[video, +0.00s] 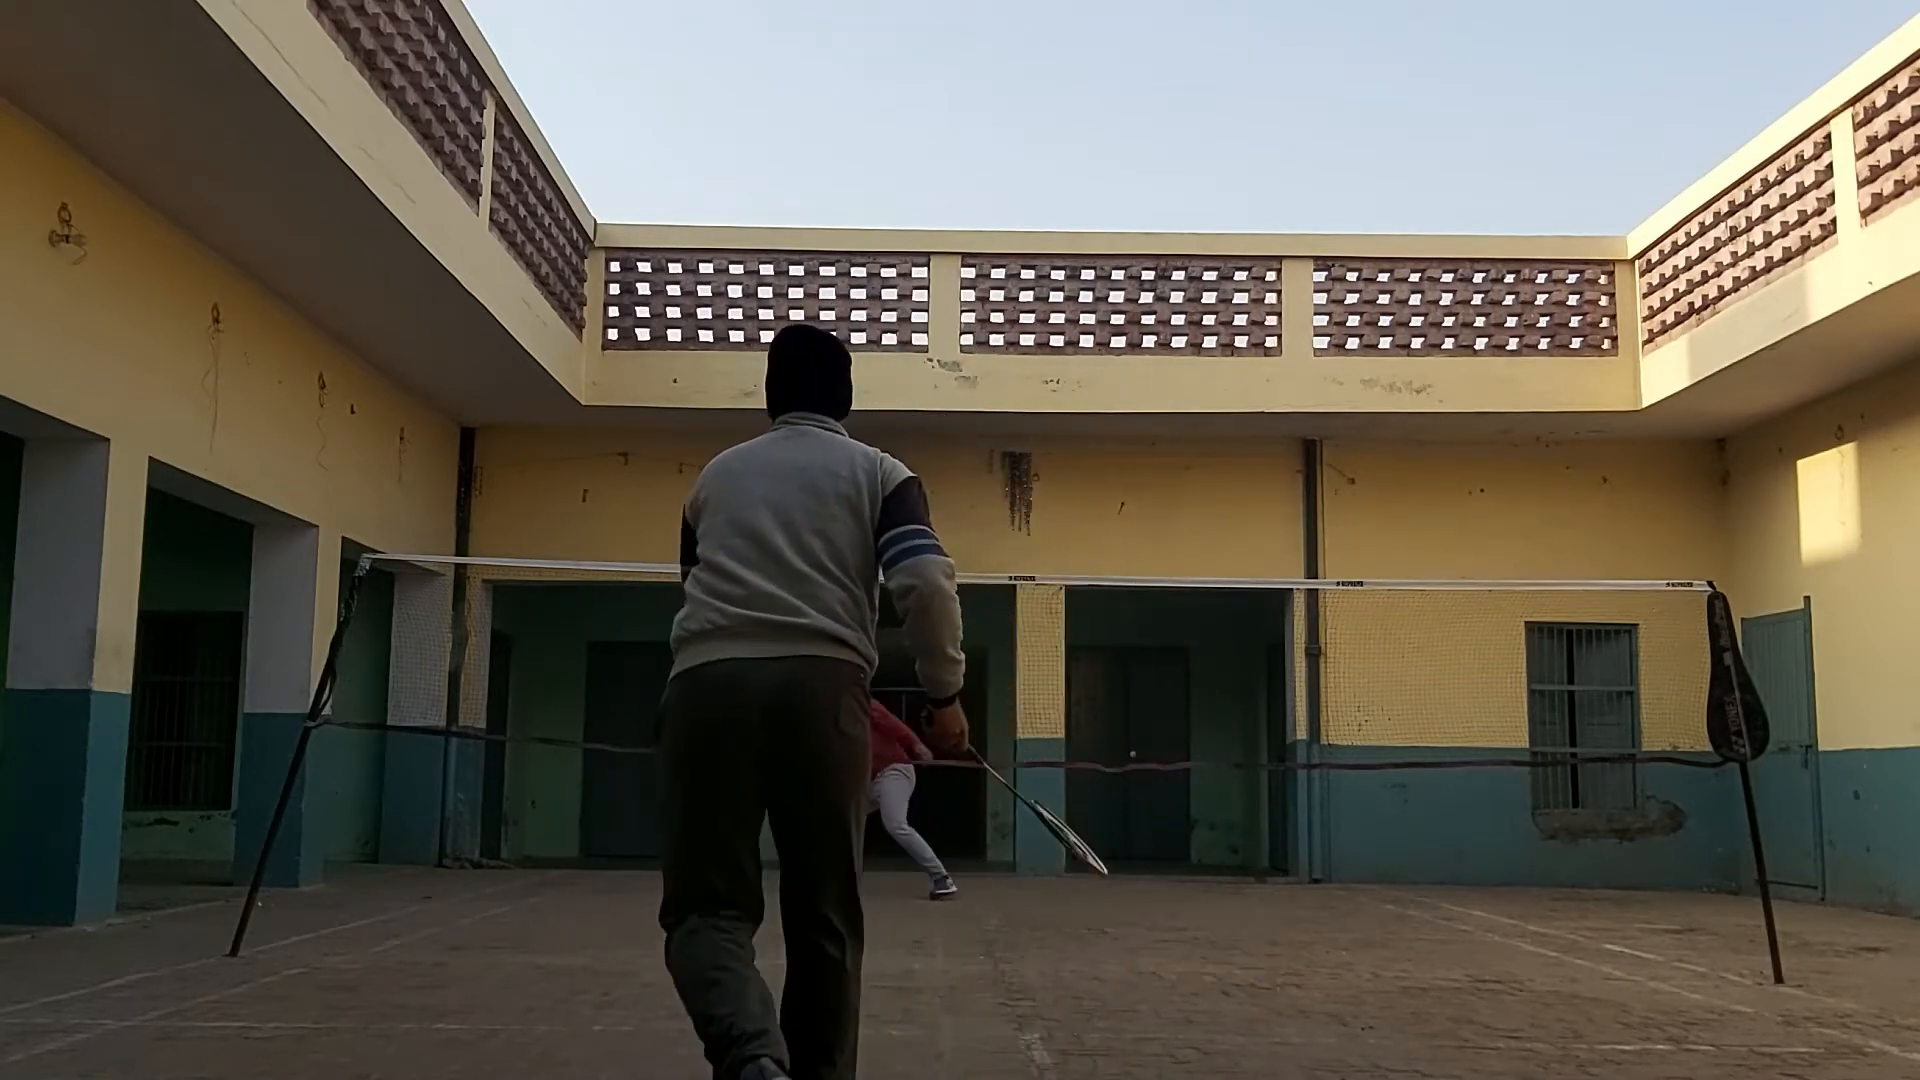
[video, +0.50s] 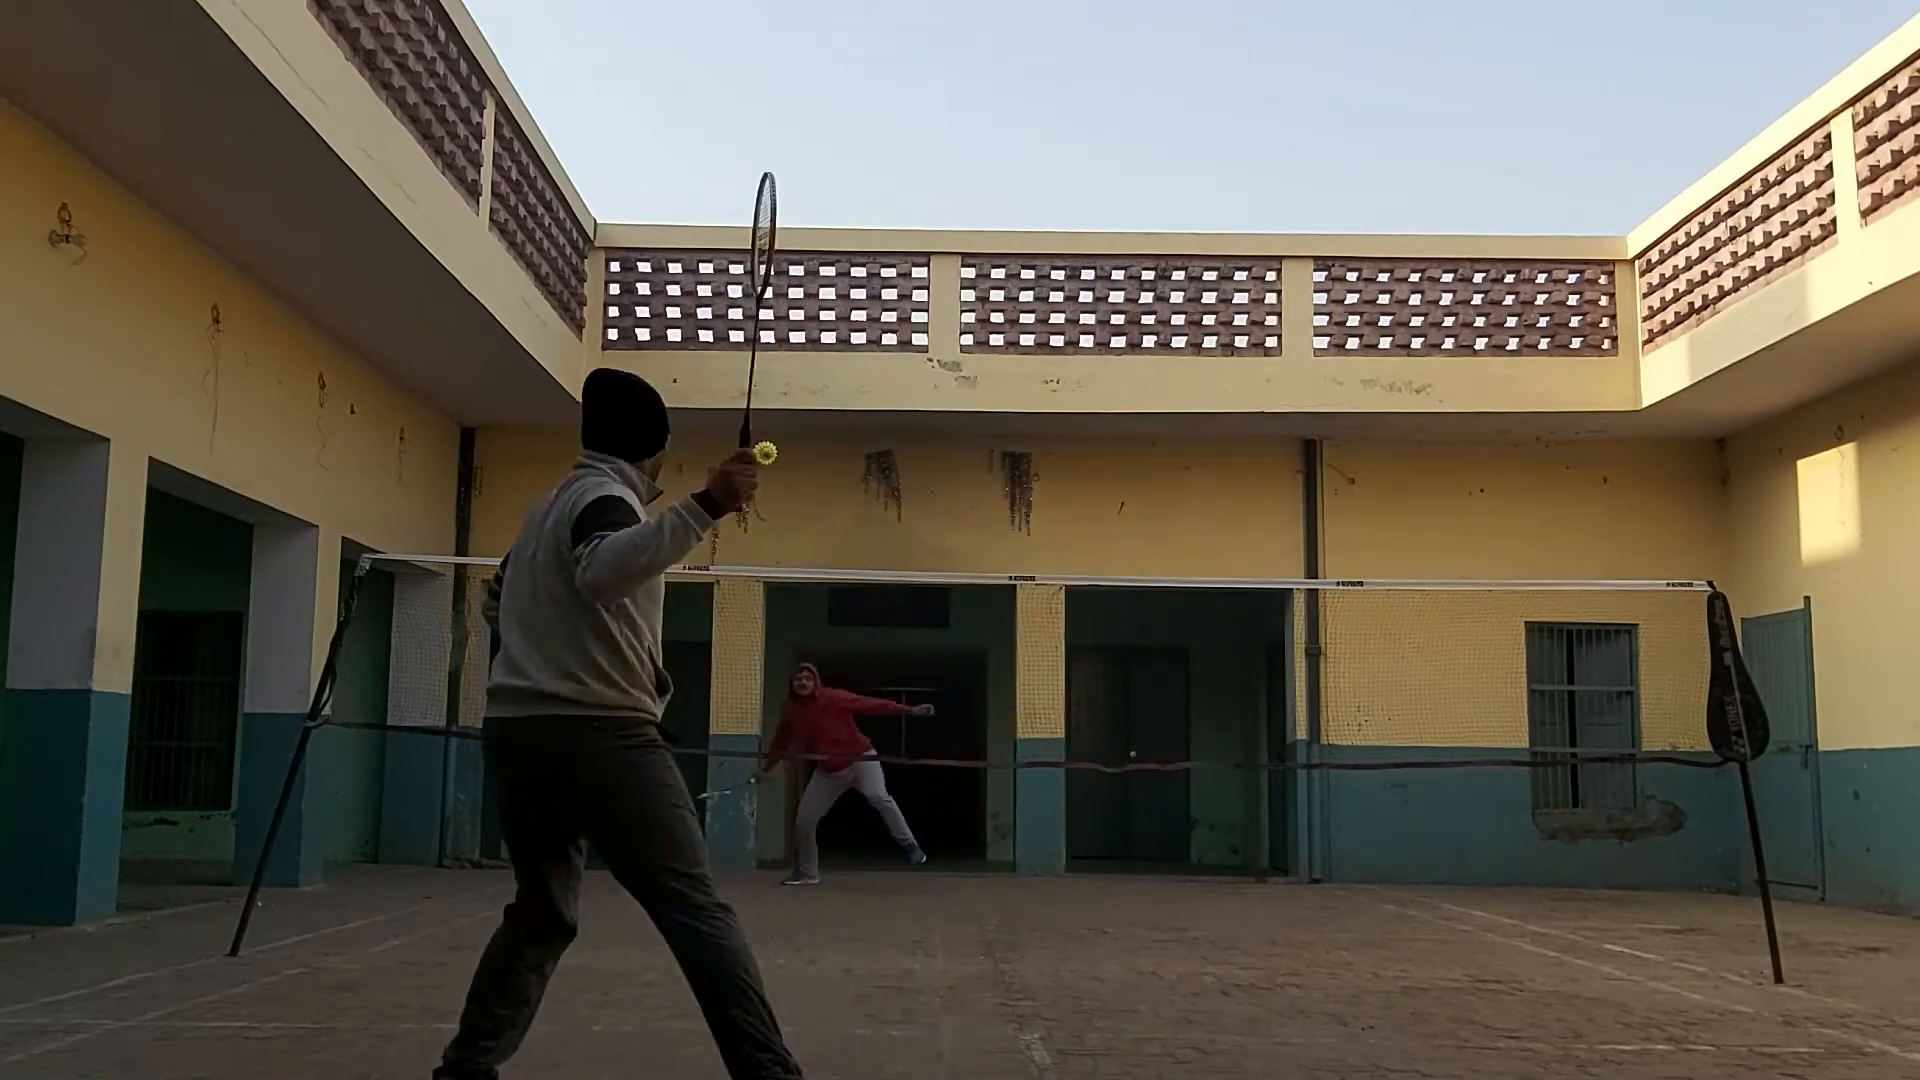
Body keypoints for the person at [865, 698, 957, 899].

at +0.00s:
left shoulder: (865, 705)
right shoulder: (837, 720)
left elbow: (890, 724)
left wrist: (915, 745)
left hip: (892, 769)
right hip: (865, 779)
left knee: (896, 825)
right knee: (844, 823)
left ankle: (941, 878)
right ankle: (844, 887)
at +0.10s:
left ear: (823, 689)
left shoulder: (845, 701)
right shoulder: (814, 718)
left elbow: (876, 719)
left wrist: (899, 742)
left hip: (881, 764)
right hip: (853, 773)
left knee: (878, 816)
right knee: (827, 814)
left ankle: (916, 873)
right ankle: (832, 876)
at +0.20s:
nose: (799, 684)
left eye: (800, 677)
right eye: (796, 680)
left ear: (810, 673)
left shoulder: (835, 685)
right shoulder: (803, 705)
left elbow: (871, 693)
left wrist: (897, 711)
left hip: (875, 748)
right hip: (851, 760)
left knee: (875, 802)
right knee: (822, 807)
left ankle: (912, 857)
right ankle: (831, 871)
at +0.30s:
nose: (800, 667)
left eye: (804, 662)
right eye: (796, 663)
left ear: (813, 664)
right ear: (791, 667)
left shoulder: (830, 677)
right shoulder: (798, 698)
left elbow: (869, 680)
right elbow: (801, 741)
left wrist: (906, 687)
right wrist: (796, 776)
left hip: (870, 741)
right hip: (843, 753)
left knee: (874, 789)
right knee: (813, 797)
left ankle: (918, 841)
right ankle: (830, 857)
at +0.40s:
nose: (800, 669)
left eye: (804, 665)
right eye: (795, 666)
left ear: (813, 667)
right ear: (791, 671)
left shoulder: (831, 681)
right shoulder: (797, 701)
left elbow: (870, 683)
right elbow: (797, 740)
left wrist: (908, 686)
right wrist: (793, 773)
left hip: (865, 747)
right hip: (836, 758)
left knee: (877, 789)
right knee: (813, 811)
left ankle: (920, 836)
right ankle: (811, 868)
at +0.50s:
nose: (802, 682)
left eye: (807, 678)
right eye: (798, 679)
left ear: (815, 682)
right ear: (793, 683)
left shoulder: (833, 698)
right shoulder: (791, 710)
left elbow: (872, 705)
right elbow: (780, 742)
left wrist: (911, 710)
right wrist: (766, 768)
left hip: (861, 761)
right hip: (829, 770)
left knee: (877, 796)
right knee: (805, 820)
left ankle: (910, 845)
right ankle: (807, 873)